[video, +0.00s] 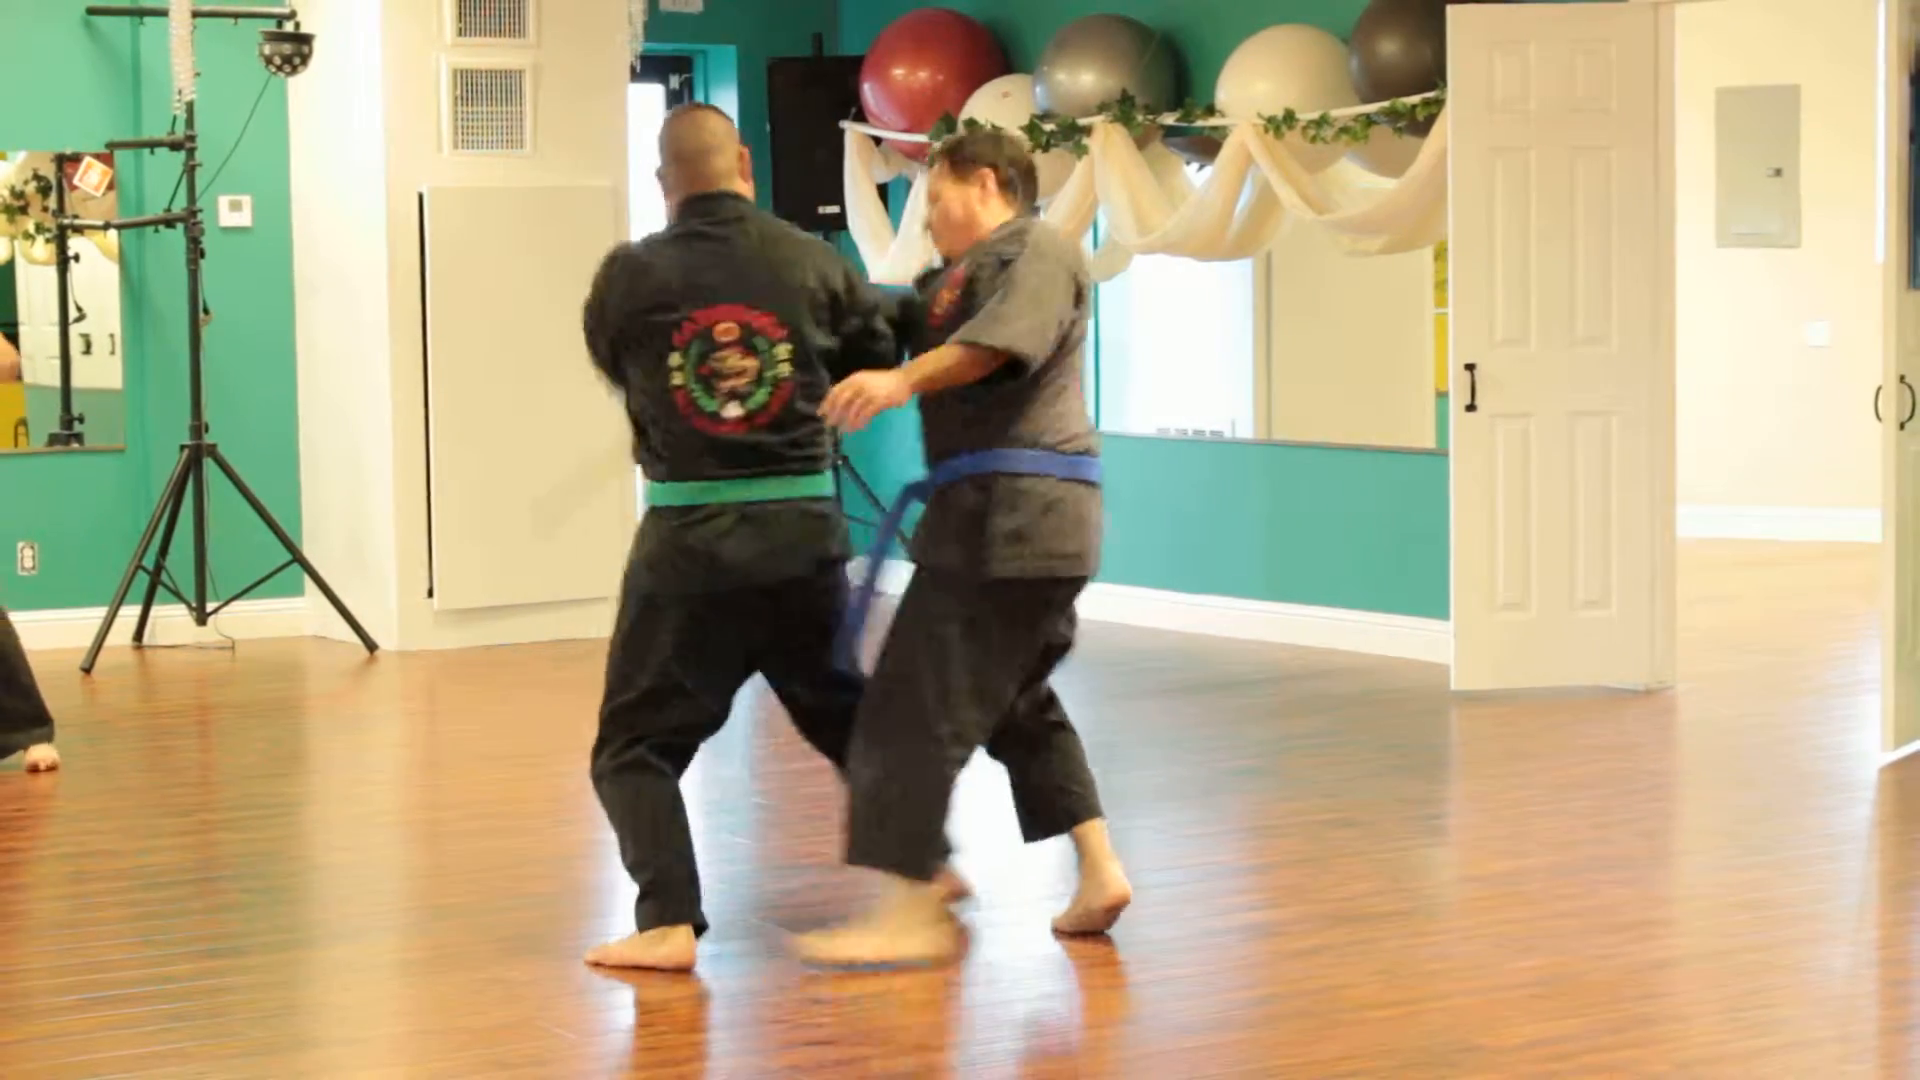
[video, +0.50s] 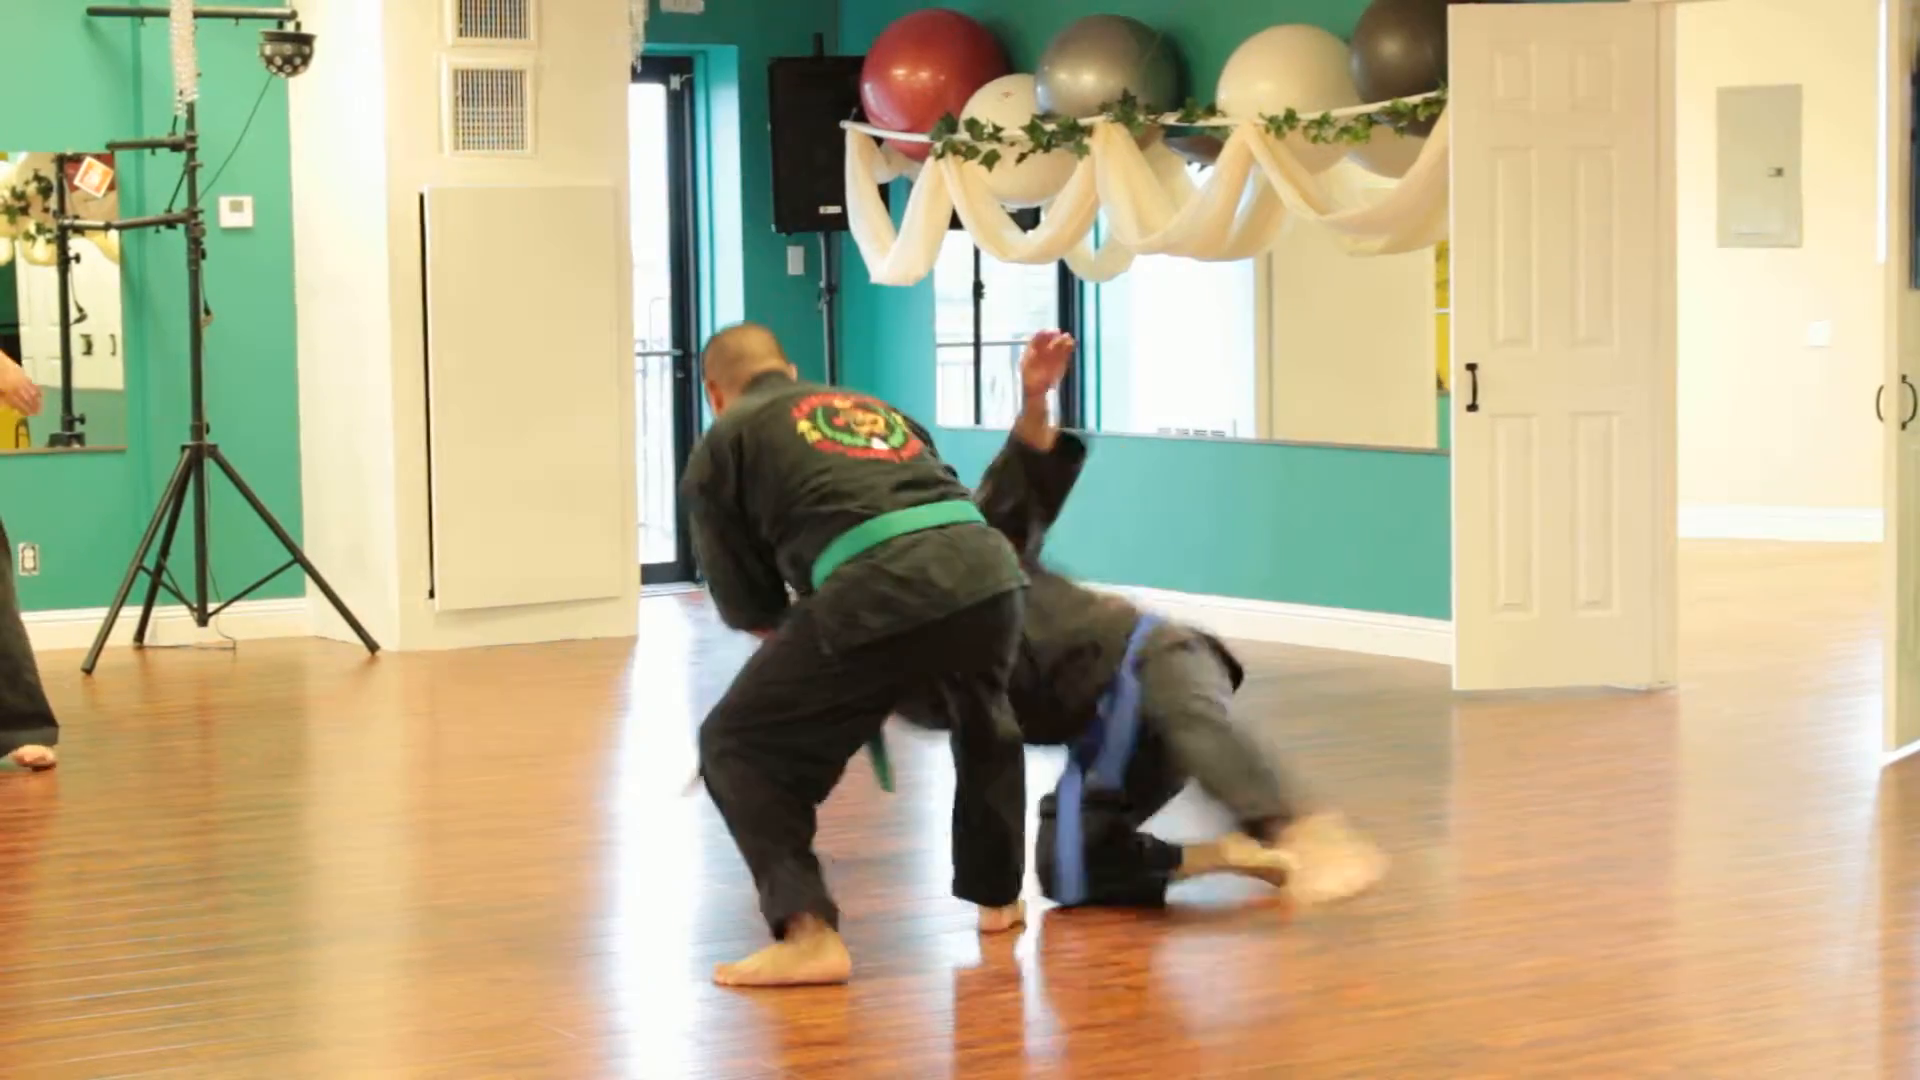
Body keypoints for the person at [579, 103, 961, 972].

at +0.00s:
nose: (746, 167)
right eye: (743, 158)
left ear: (663, 181)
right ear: (742, 168)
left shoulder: (627, 275)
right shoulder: (810, 260)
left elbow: (614, 361)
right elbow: (879, 342)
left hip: (686, 545)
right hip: (800, 539)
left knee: (634, 744)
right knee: (838, 704)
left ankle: (668, 924)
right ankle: (930, 865)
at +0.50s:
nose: (713, 404)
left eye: (709, 395)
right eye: (712, 396)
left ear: (717, 390)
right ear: (789, 370)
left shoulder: (721, 446)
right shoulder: (870, 406)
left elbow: (749, 609)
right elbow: (937, 497)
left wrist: (820, 642)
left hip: (878, 587)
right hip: (987, 564)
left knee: (736, 743)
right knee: (987, 717)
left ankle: (809, 935)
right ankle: (999, 899)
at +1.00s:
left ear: (863, 366)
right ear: (935, 359)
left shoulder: (836, 420)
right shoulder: (990, 408)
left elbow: (835, 561)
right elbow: (1013, 511)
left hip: (914, 566)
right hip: (1033, 558)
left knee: (806, 728)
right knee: (1027, 710)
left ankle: (824, 914)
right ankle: (1030, 890)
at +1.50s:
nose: (1079, 298)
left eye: (1077, 289)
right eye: (1078, 288)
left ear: (999, 279)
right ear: (1067, 284)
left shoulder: (949, 336)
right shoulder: (1045, 320)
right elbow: (1132, 391)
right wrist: (1170, 491)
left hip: (862, 532)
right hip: (956, 534)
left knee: (886, 653)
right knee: (1074, 688)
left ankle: (841, 832)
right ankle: (1085, 871)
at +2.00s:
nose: (815, 356)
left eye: (806, 340)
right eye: (806, 343)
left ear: (820, 322)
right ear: (865, 298)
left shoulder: (897, 364)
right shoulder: (931, 331)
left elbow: (911, 497)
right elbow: (972, 448)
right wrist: (929, 537)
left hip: (1052, 542)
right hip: (1093, 524)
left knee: (919, 645)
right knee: (1034, 670)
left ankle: (938, 831)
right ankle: (1127, 775)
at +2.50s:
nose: (815, 352)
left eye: (804, 336)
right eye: (804, 340)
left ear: (822, 309)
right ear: (844, 294)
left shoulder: (923, 337)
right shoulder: (910, 338)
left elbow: (924, 477)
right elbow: (917, 476)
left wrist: (912, 574)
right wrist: (915, 571)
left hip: (1063, 513)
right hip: (1068, 510)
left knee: (936, 636)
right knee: (1025, 678)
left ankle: (944, 830)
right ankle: (1126, 767)